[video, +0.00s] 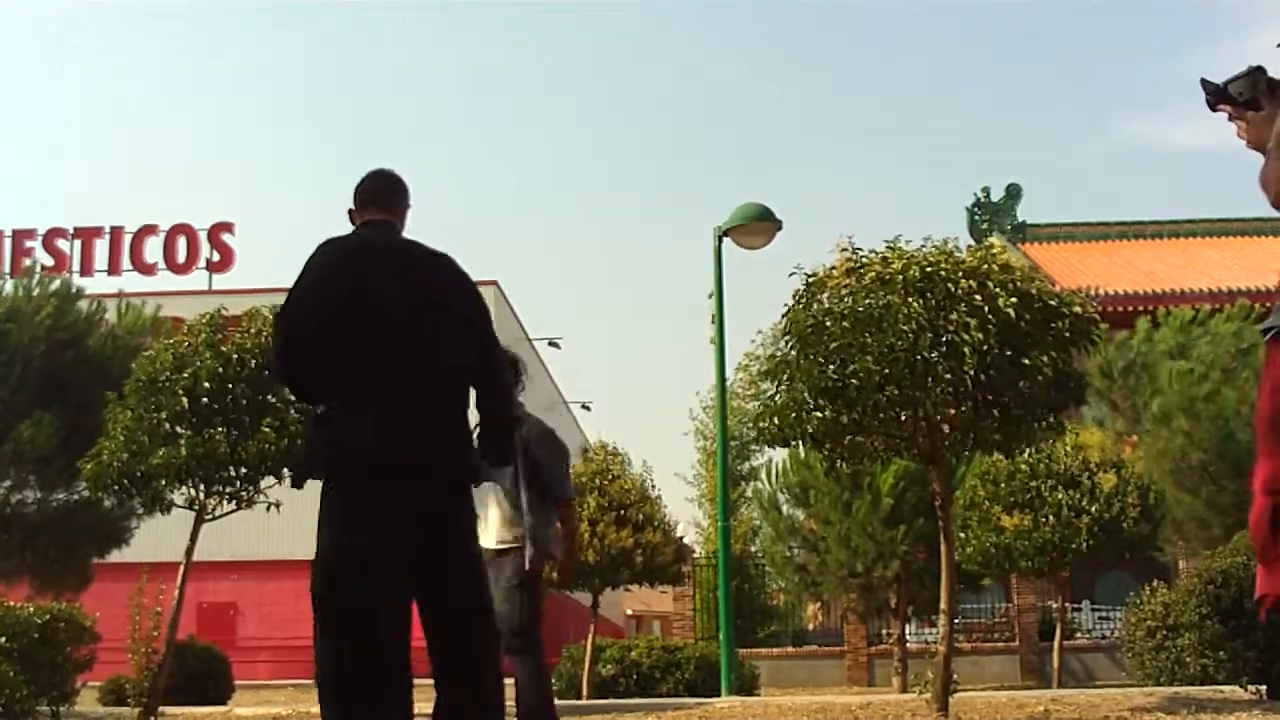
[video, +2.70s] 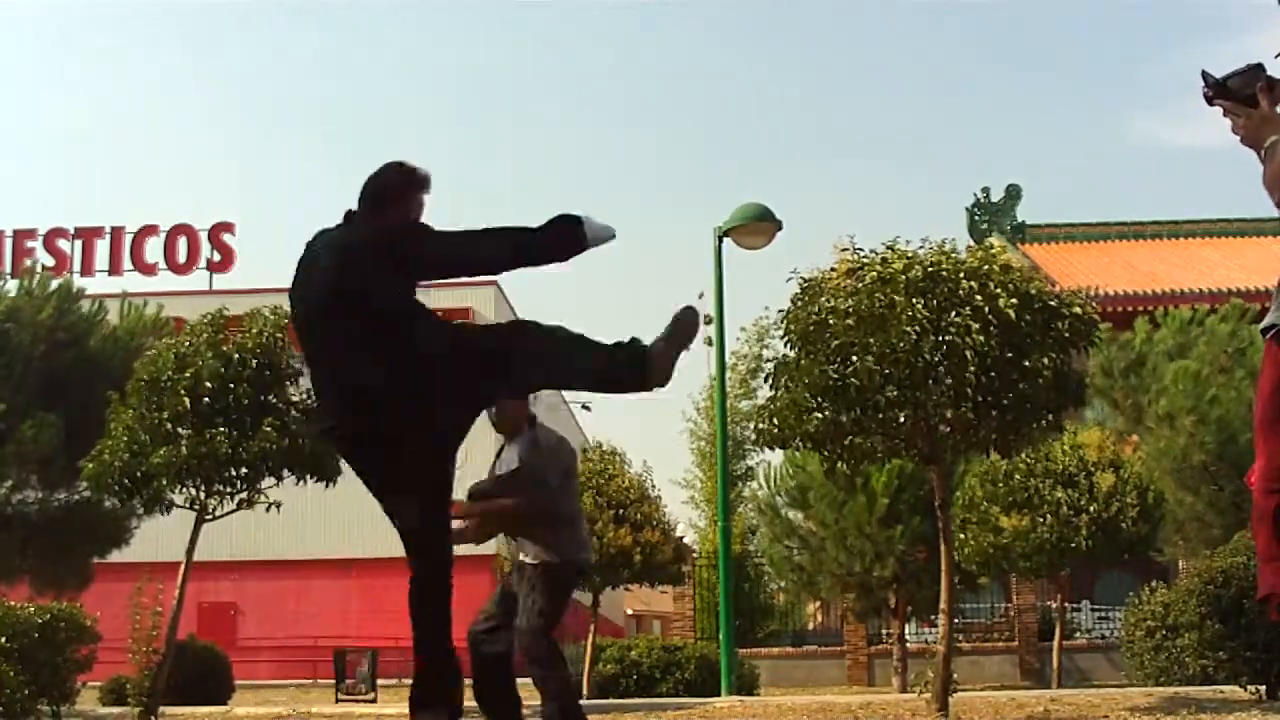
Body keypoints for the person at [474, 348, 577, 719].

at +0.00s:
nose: (497, 393)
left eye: (502, 384)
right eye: (492, 384)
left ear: (513, 384)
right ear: (481, 388)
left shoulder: (534, 434)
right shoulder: (473, 432)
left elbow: (563, 499)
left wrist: (568, 550)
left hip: (516, 552)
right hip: (475, 552)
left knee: (521, 647)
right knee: (477, 650)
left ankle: (536, 713)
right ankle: (484, 712)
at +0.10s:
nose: (495, 385)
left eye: (504, 377)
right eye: (491, 377)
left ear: (521, 378)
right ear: (484, 382)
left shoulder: (540, 430)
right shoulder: (484, 433)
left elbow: (568, 491)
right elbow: (479, 490)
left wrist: (569, 548)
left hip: (523, 547)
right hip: (486, 546)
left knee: (518, 637)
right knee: (482, 639)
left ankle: (536, 712)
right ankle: (483, 710)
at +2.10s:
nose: (501, 363)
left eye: (509, 354)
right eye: (495, 356)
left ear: (531, 358)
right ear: (490, 364)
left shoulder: (559, 413)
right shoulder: (495, 421)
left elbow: (588, 474)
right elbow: (496, 484)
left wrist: (585, 524)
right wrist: (468, 513)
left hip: (552, 539)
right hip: (512, 540)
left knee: (552, 634)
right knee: (513, 639)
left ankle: (574, 712)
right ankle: (527, 714)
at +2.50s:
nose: (498, 373)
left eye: (505, 363)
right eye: (492, 366)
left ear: (526, 366)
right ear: (486, 372)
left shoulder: (558, 413)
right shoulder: (494, 417)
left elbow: (579, 479)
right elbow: (490, 475)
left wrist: (570, 534)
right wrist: (478, 525)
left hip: (556, 537)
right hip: (513, 538)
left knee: (551, 639)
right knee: (497, 635)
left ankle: (571, 710)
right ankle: (522, 711)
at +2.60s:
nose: (495, 392)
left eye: (504, 383)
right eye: (489, 384)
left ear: (527, 386)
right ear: (483, 389)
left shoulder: (561, 430)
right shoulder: (495, 436)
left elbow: (539, 493)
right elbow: (500, 504)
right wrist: (464, 540)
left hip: (562, 550)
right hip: (517, 551)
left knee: (543, 639)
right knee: (486, 639)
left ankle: (567, 711)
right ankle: (519, 713)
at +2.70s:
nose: (493, 413)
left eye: (501, 404)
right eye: (492, 405)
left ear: (524, 403)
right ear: (493, 409)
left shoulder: (549, 446)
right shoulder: (508, 453)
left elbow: (526, 498)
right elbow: (490, 521)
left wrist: (465, 506)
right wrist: (447, 535)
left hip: (555, 562)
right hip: (527, 563)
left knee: (532, 639)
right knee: (485, 637)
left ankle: (566, 713)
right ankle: (504, 714)